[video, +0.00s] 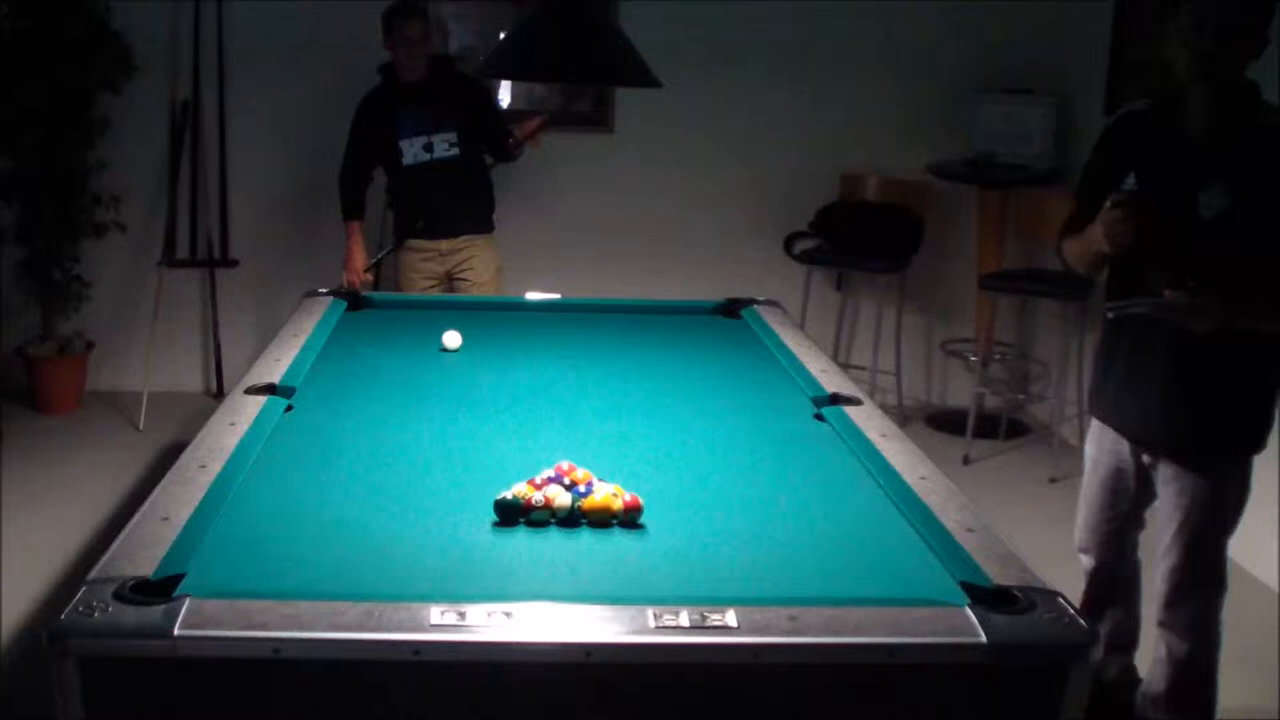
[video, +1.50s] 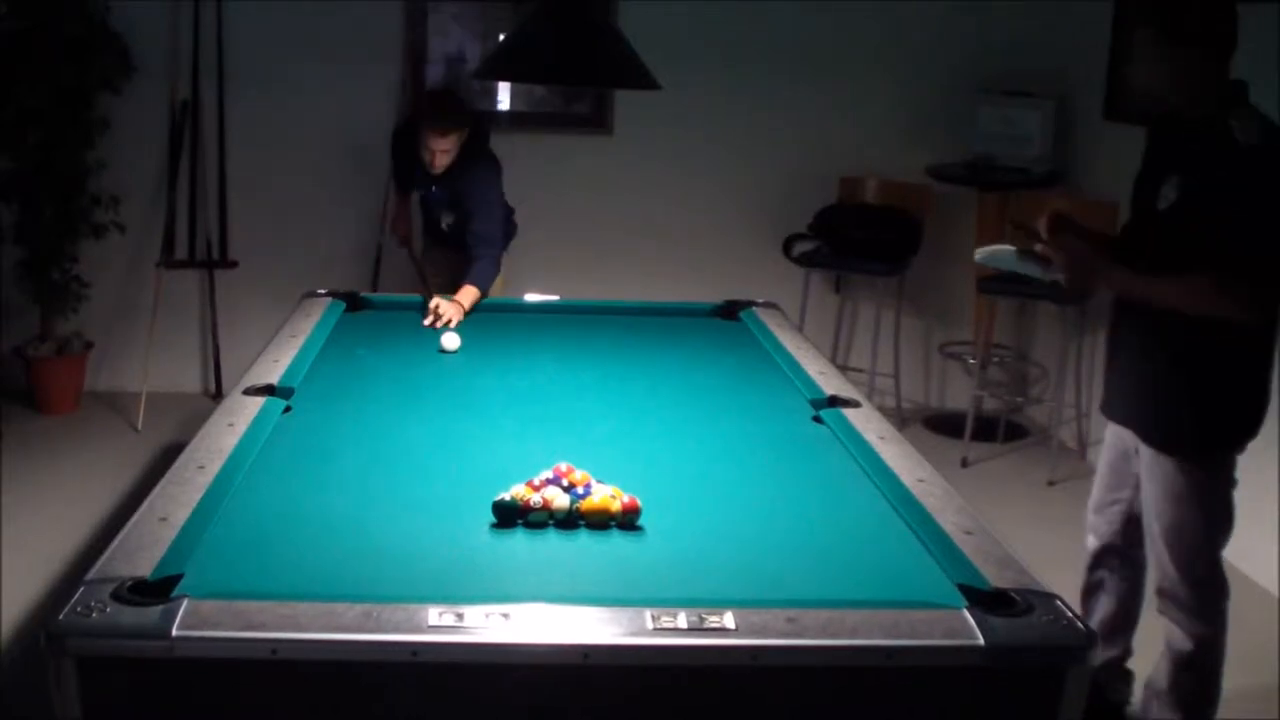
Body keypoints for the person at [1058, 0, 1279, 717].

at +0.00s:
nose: (1200, 51)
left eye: (1218, 33)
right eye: (1189, 32)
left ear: (1250, 43)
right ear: (1169, 40)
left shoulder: (1269, 142)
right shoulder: (1136, 129)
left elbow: (1273, 283)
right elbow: (1072, 252)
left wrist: (1213, 301)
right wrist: (1096, 239)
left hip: (1220, 389)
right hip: (1126, 375)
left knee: (1184, 588)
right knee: (1098, 557)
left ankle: (1175, 712)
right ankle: (1099, 696)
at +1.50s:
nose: (1133, 70)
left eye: (1146, 51)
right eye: (1134, 51)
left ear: (1192, 56)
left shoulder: (1252, 152)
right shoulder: (1172, 139)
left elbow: (1239, 295)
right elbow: (1158, 256)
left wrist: (1109, 274)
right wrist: (1089, 248)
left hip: (1196, 408)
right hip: (1135, 389)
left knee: (1185, 588)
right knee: (1109, 548)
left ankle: (1177, 708)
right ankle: (1098, 675)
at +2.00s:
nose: (1081, 69)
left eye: (1091, 52)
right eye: (1082, 52)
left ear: (1128, 52)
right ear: (1144, 49)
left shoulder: (1156, 128)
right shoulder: (1153, 120)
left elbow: (1134, 264)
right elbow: (1119, 224)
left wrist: (1028, 245)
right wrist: (1034, 210)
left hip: (1126, 373)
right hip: (1131, 368)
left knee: (1092, 539)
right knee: (1095, 533)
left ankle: (1122, 695)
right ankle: (1111, 684)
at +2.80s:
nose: (980, 74)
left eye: (988, 59)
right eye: (979, 60)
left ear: (1018, 56)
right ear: (1039, 52)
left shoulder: (1052, 122)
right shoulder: (1057, 113)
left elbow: (1031, 261)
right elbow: (1026, 218)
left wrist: (937, 240)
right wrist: (946, 204)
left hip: (1045, 358)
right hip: (1046, 350)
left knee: (1007, 515)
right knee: (999, 495)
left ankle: (1035, 645)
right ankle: (1031, 632)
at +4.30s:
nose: (1003, 68)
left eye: (1014, 54)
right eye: (1001, 54)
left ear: (1049, 52)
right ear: (1020, 54)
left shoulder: (1102, 128)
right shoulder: (1029, 126)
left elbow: (1101, 244)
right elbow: (1038, 226)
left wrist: (993, 239)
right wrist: (980, 224)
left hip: (1088, 355)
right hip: (1028, 346)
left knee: (1101, 506)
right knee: (1018, 493)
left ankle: (1144, 655)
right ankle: (1006, 628)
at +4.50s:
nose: (1069, 69)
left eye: (1082, 55)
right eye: (1068, 55)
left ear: (1122, 57)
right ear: (1077, 56)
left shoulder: (1179, 144)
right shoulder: (1075, 126)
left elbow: (1174, 261)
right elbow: (1068, 219)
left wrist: (1059, 252)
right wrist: (1019, 224)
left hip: (1138, 375)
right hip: (1061, 358)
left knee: (1158, 525)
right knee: (1035, 496)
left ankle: (1185, 674)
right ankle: (1011, 630)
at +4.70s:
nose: (1121, 75)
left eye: (1137, 60)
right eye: (1125, 60)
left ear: (1186, 64)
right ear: (1150, 70)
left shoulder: (1258, 156)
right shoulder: (1129, 146)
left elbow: (1263, 282)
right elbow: (1099, 241)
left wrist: (1149, 277)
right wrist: (1081, 251)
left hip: (1213, 391)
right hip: (1122, 375)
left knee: (1199, 547)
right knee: (1060, 505)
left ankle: (1191, 678)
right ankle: (1018, 634)